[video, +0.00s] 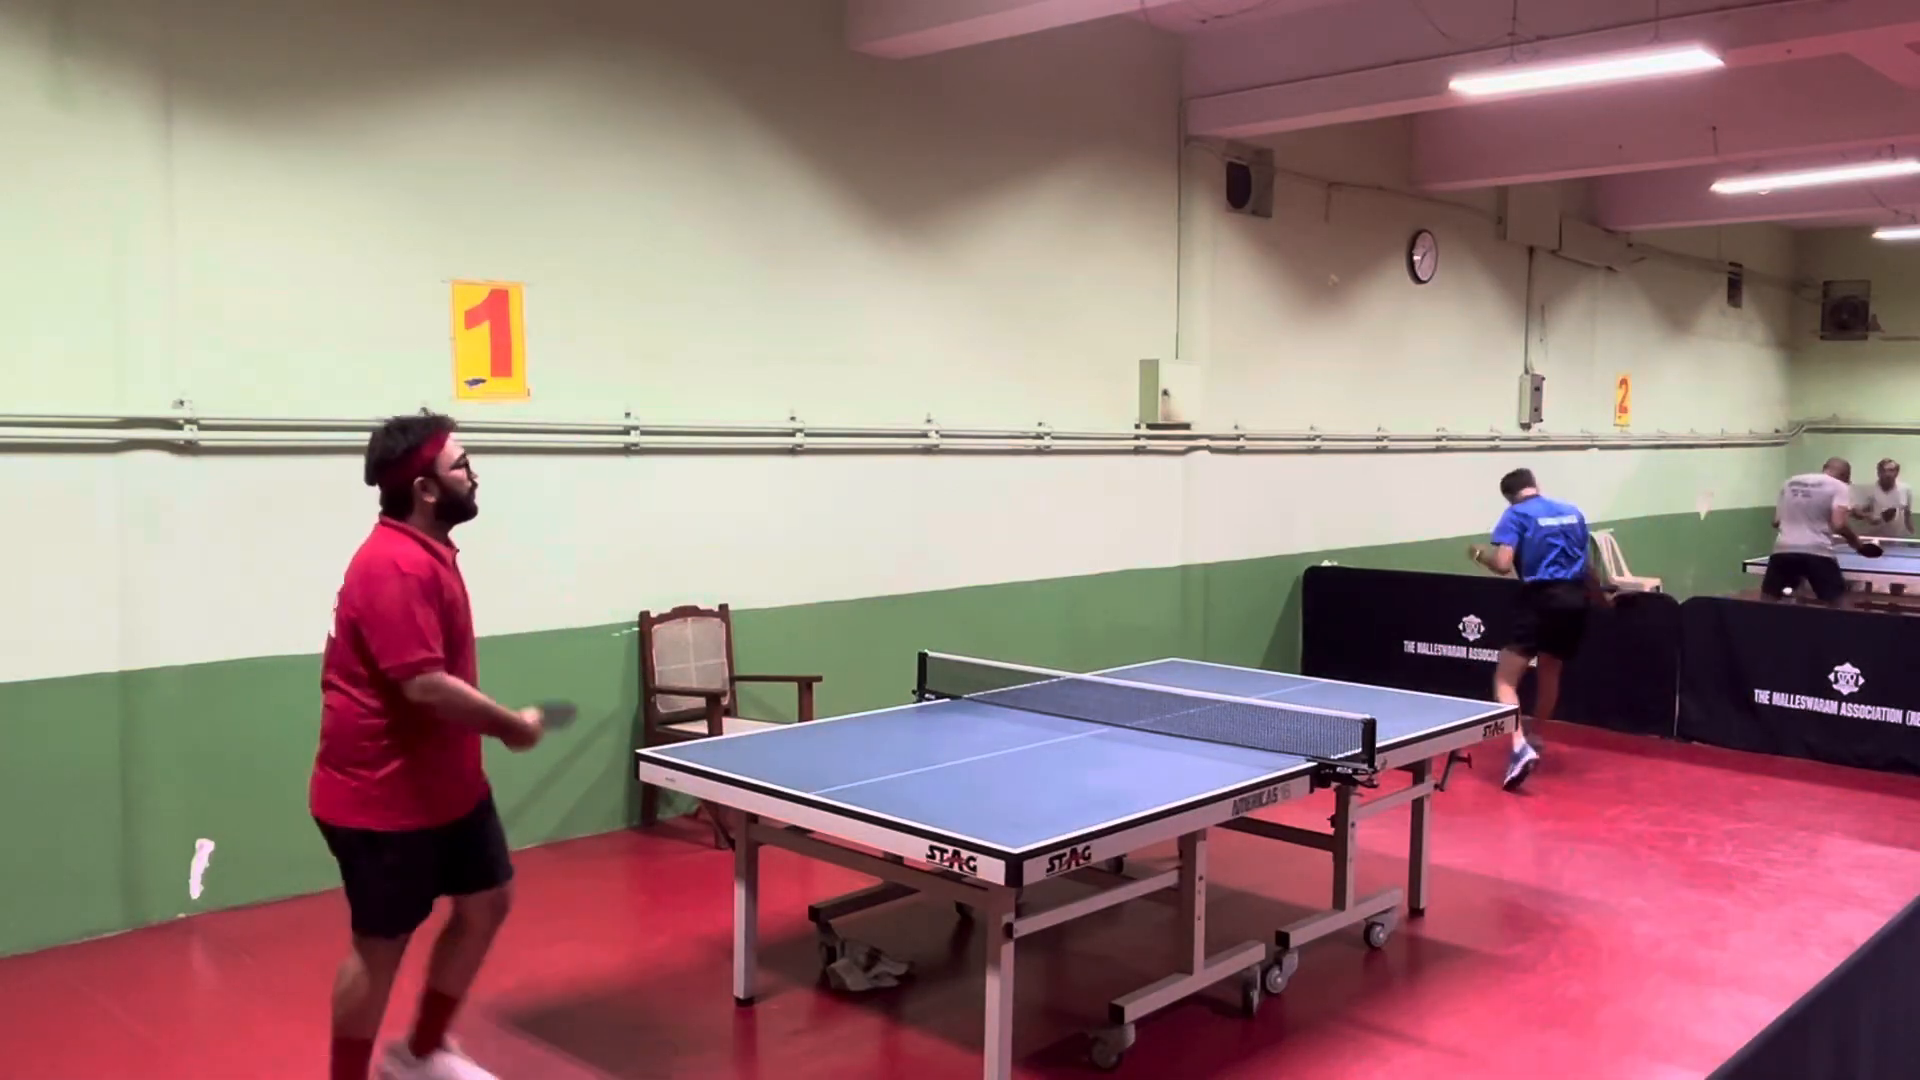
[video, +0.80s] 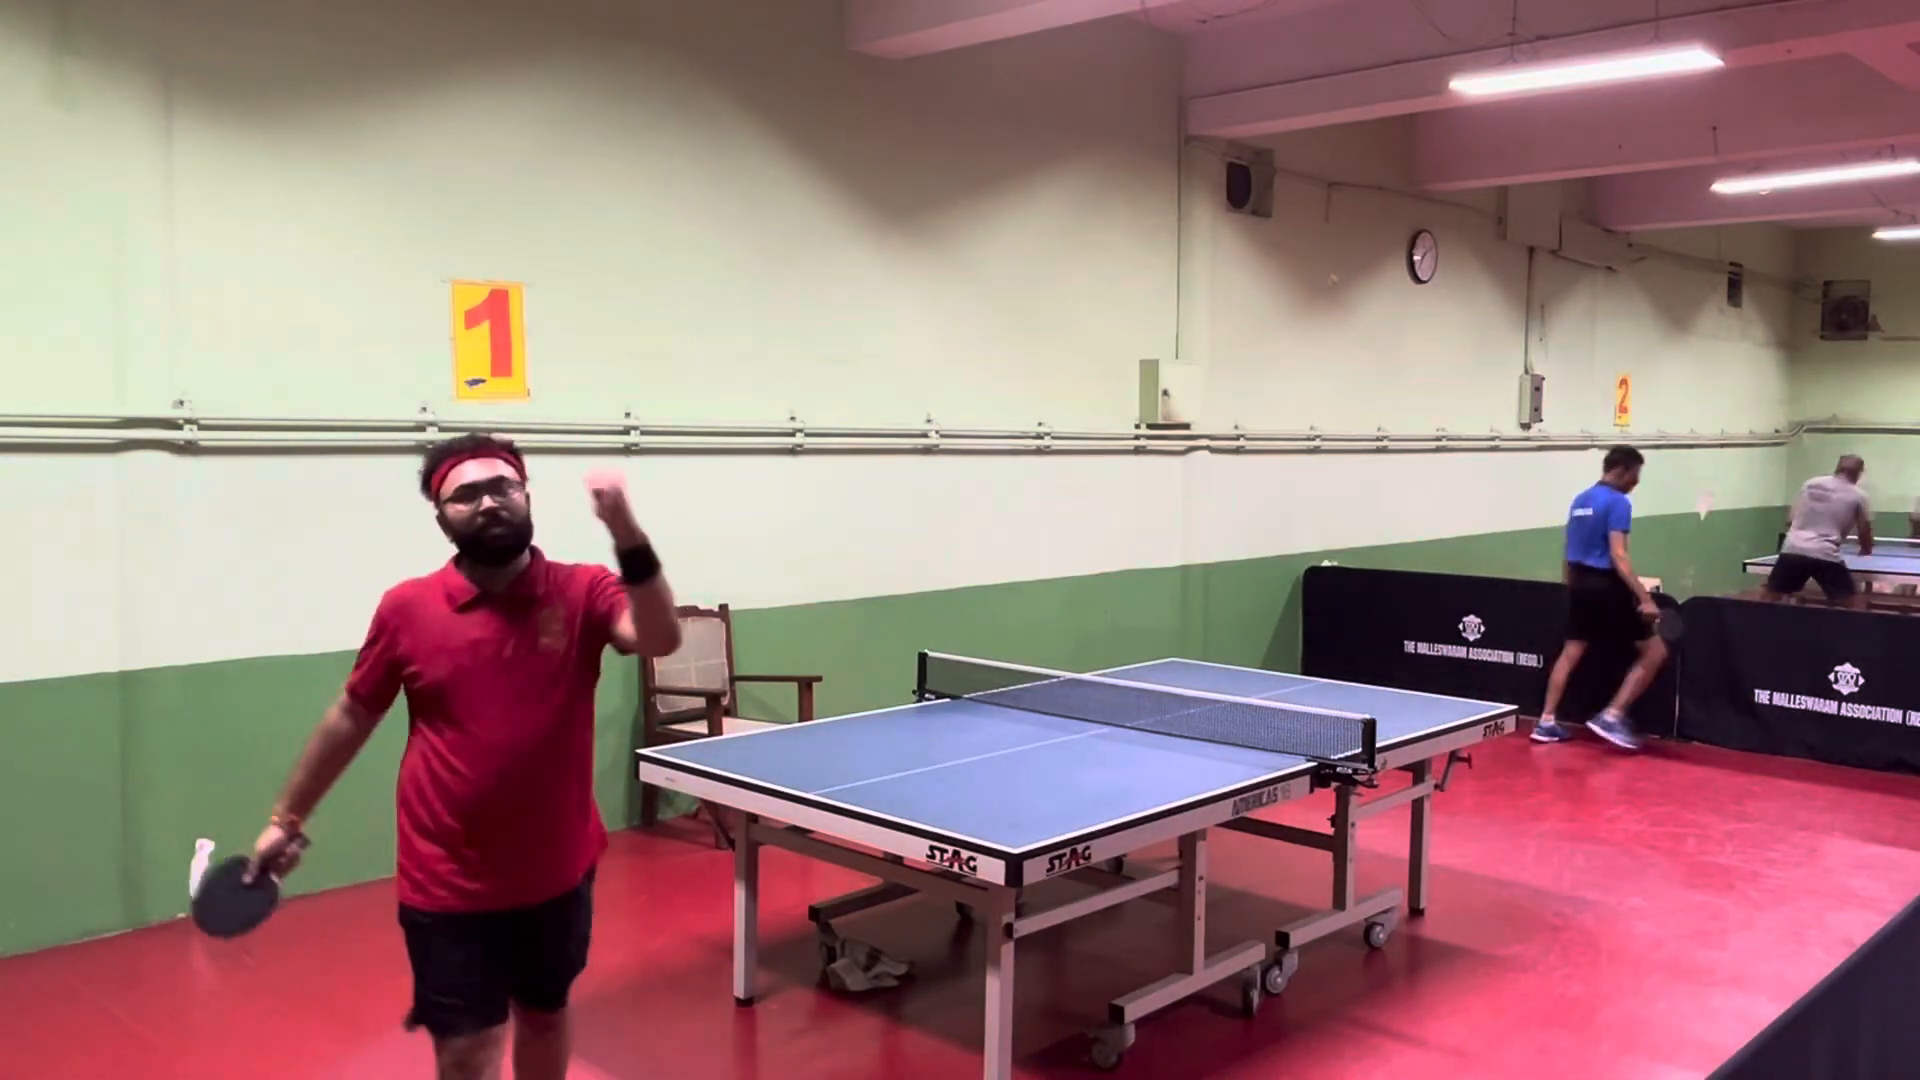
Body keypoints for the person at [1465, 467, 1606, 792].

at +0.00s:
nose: (1513, 504)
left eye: (1509, 500)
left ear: (1510, 496)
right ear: (1537, 486)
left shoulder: (1516, 513)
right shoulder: (1573, 512)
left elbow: (1503, 562)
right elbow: (1585, 562)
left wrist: (1481, 555)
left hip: (1539, 601)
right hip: (1576, 602)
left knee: (1505, 681)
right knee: (1549, 667)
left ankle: (1519, 747)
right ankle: (1535, 738)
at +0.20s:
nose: (1542, 483)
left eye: (1534, 481)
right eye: (1552, 476)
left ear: (1529, 480)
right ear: (1558, 477)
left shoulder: (1520, 510)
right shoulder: (1582, 507)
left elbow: (1507, 562)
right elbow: (1594, 559)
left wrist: (1488, 577)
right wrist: (1594, 584)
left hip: (1532, 593)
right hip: (1572, 594)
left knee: (1508, 660)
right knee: (1548, 661)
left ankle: (1507, 721)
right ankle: (1532, 735)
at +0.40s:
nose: (1581, 472)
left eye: (1579, 468)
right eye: (1580, 468)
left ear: (1548, 468)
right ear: (1575, 468)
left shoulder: (1525, 502)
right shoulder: (1591, 500)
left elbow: (1506, 554)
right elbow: (1603, 555)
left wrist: (1499, 599)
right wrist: (1587, 569)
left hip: (1540, 584)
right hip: (1579, 584)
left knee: (1534, 650)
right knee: (1555, 654)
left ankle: (1526, 723)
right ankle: (1533, 728)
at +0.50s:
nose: (1590, 480)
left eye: (1589, 474)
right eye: (1589, 474)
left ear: (1559, 472)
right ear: (1580, 472)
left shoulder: (1532, 505)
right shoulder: (1594, 503)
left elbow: (1514, 556)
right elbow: (1603, 555)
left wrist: (1505, 601)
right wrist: (1608, 589)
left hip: (1546, 587)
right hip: (1583, 587)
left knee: (1546, 655)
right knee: (1562, 657)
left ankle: (1541, 722)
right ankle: (1533, 727)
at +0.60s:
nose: (1600, 485)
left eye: (1600, 479)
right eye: (1598, 478)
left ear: (1570, 476)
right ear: (1586, 476)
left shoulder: (1541, 511)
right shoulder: (1598, 507)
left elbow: (1522, 562)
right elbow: (1605, 557)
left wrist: (1516, 605)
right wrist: (1625, 605)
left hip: (1554, 592)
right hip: (1589, 593)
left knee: (1562, 653)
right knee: (1597, 663)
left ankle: (1545, 722)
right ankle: (1540, 714)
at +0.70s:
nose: (1616, 482)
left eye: (1617, 476)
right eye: (1614, 475)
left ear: (1588, 472)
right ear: (1600, 472)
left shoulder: (1558, 504)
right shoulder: (1607, 503)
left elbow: (1544, 556)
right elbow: (1613, 555)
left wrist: (1539, 601)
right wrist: (1635, 602)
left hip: (1564, 587)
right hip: (1598, 588)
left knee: (1569, 650)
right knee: (1630, 655)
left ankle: (1546, 722)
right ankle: (1568, 706)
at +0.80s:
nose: (1637, 482)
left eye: (1638, 476)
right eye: (1635, 475)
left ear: (1609, 470)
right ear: (1622, 471)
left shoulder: (1581, 499)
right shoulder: (1618, 502)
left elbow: (1570, 555)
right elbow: (1618, 555)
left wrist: (1574, 587)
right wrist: (1643, 596)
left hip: (1580, 583)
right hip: (1608, 585)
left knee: (1571, 650)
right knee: (1655, 651)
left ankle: (1545, 721)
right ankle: (1612, 716)